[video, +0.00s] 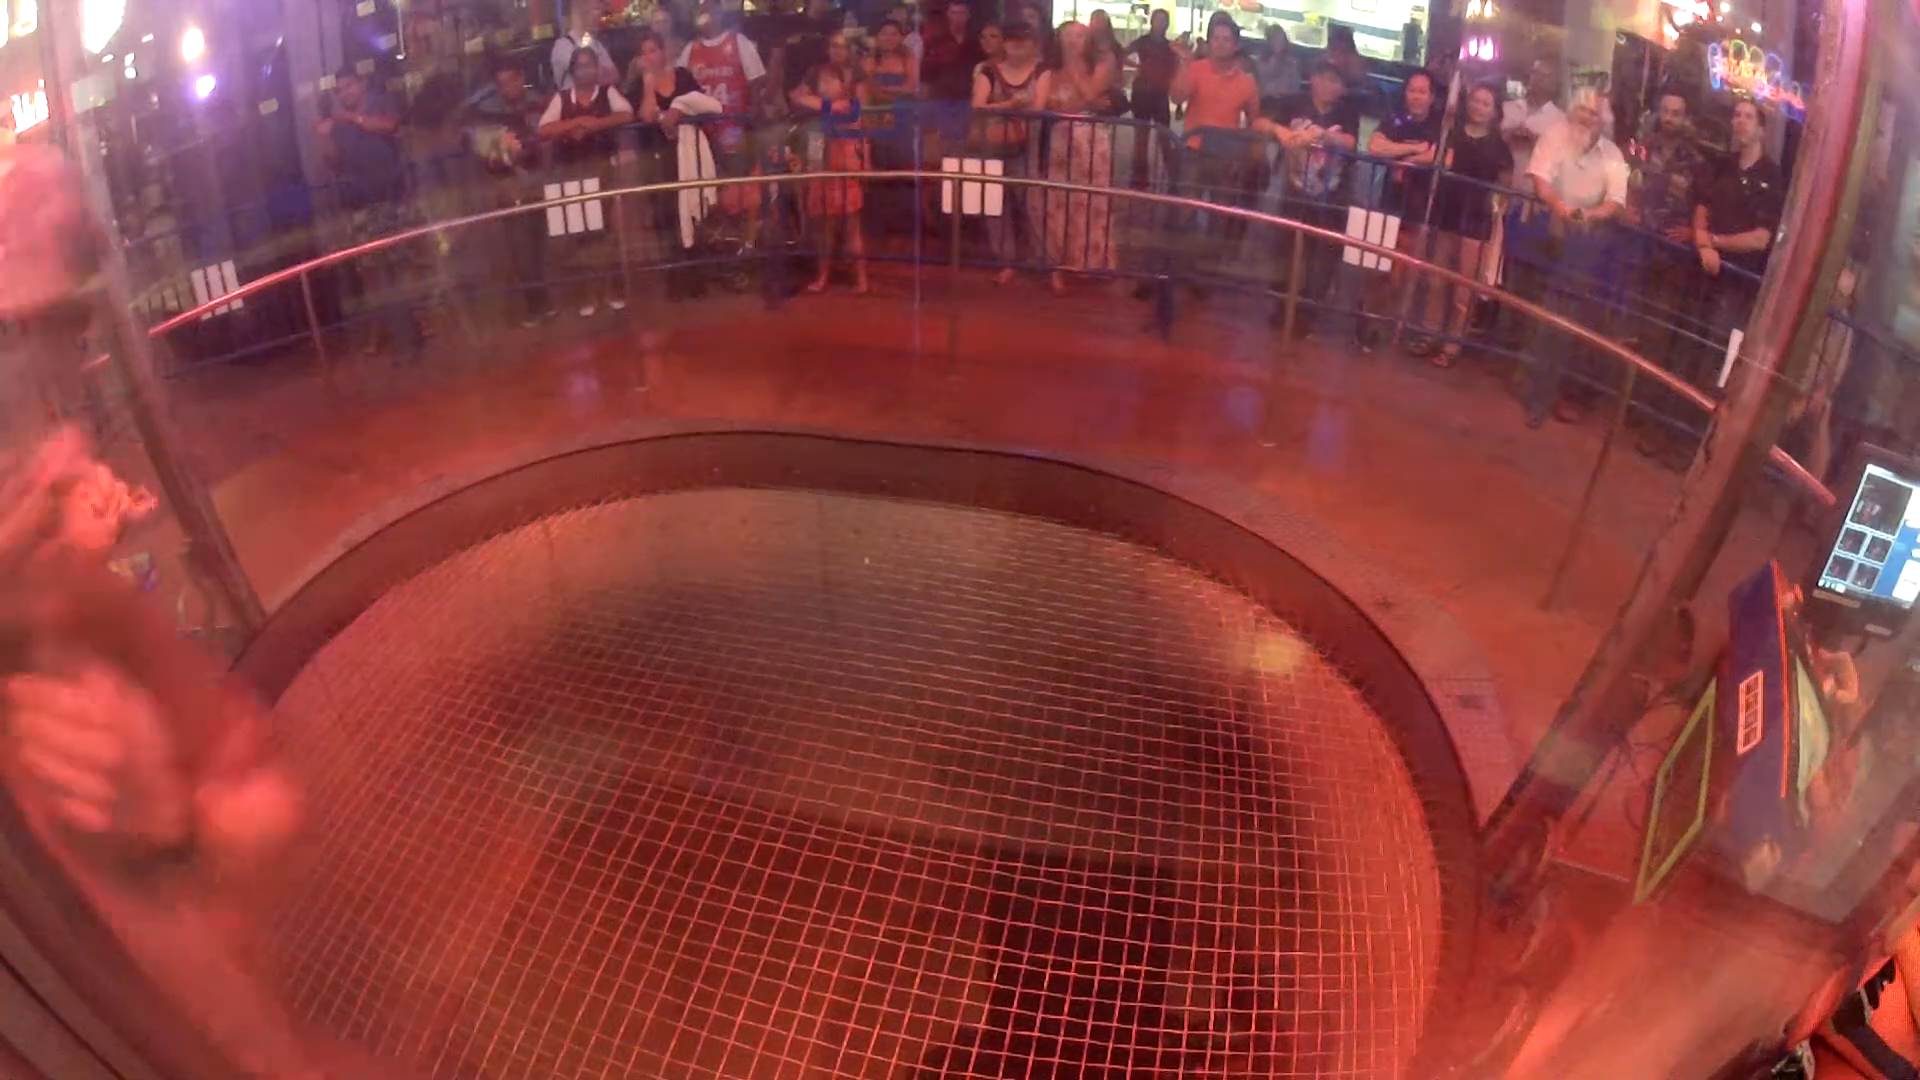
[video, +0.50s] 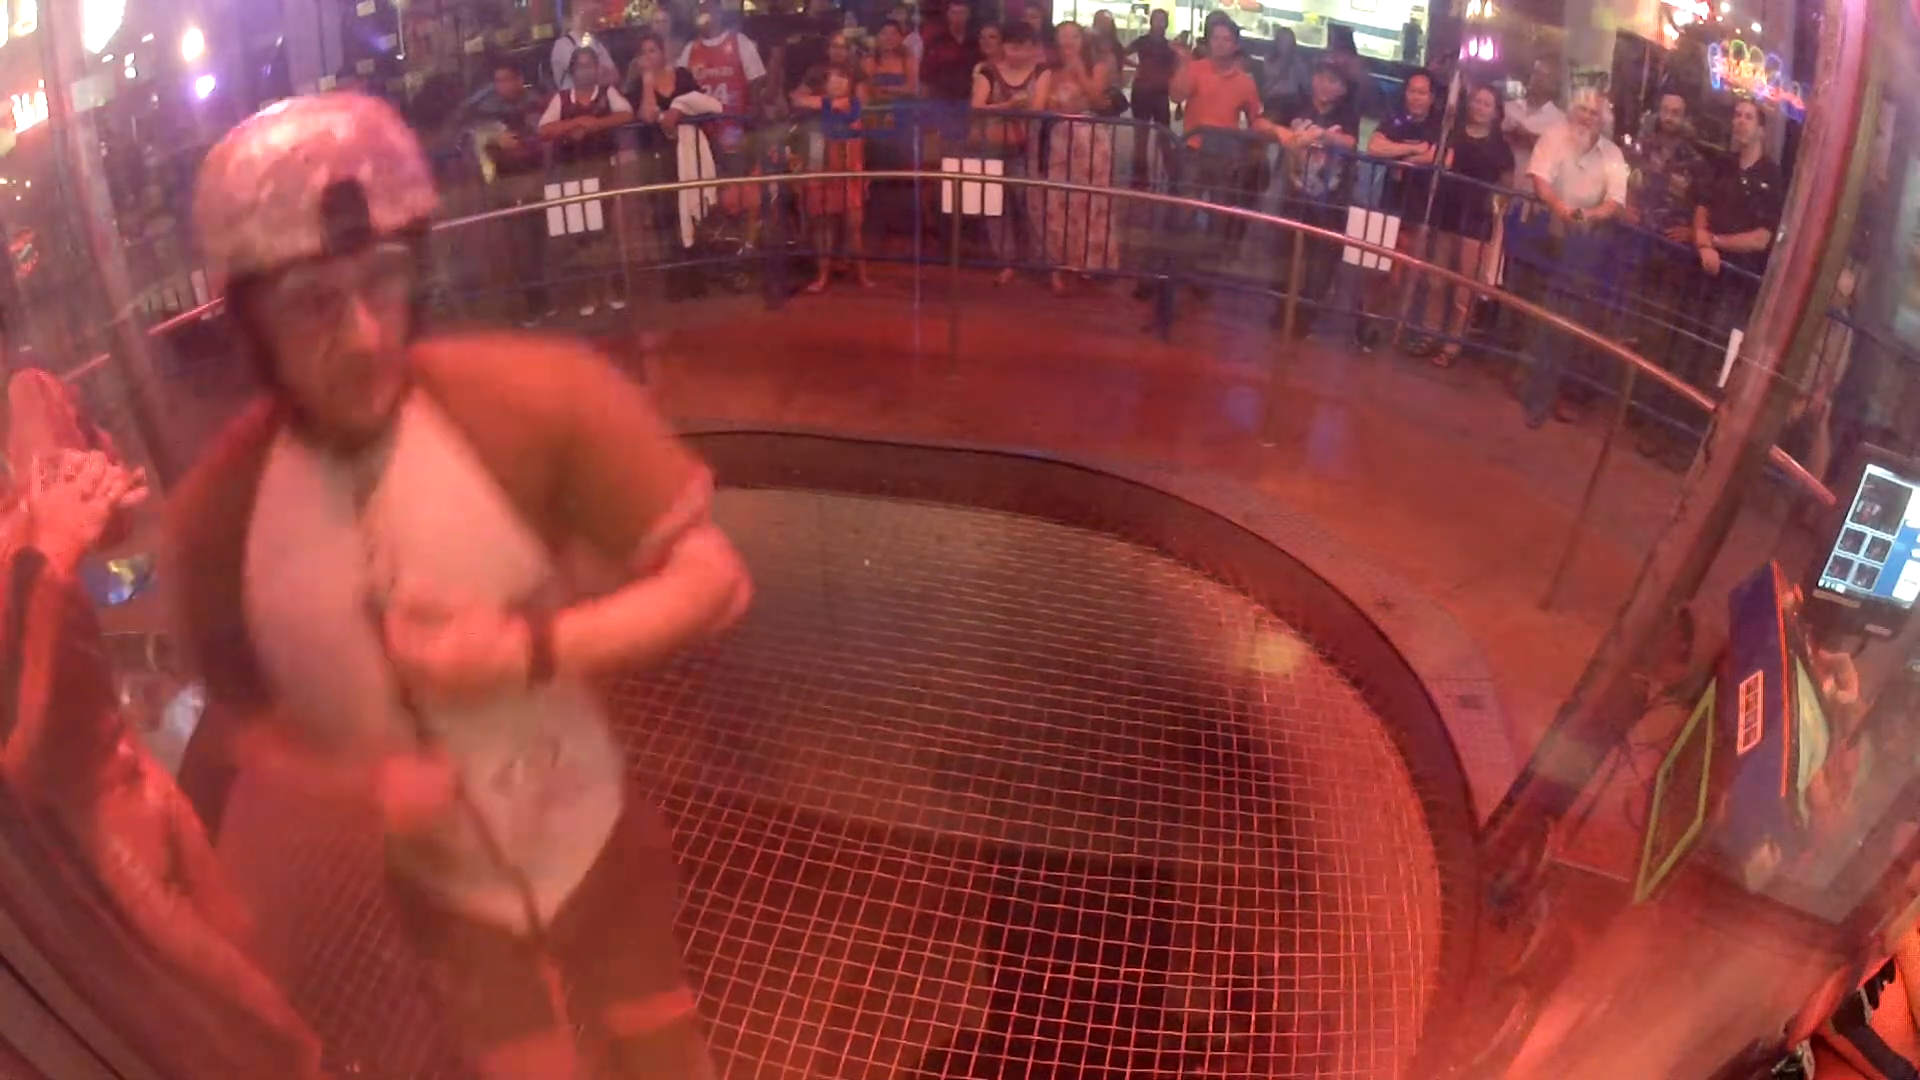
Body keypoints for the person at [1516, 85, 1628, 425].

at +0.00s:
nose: (1586, 119)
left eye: (1594, 115)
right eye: (1582, 111)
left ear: (1603, 120)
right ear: (1571, 111)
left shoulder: (1612, 154)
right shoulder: (1556, 135)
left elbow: (1616, 201)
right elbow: (1539, 179)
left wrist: (1591, 215)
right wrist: (1560, 208)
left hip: (1588, 230)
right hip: (1550, 222)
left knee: (1574, 303)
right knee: (1542, 298)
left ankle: (1558, 388)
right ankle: (1532, 382)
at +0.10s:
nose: (1585, 120)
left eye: (1593, 116)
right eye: (1581, 112)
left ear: (1603, 121)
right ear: (1570, 112)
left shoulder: (1612, 154)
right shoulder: (1556, 135)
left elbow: (1616, 201)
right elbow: (1539, 179)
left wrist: (1591, 215)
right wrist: (1560, 208)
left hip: (1588, 230)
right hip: (1549, 222)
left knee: (1573, 302)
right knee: (1542, 298)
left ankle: (1556, 387)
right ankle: (1533, 382)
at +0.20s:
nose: (1585, 119)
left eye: (1592, 115)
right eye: (1581, 111)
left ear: (1603, 121)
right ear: (1571, 111)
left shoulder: (1612, 154)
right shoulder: (1555, 136)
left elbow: (1616, 201)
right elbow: (1539, 179)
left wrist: (1591, 215)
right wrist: (1560, 208)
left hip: (1588, 230)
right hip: (1550, 222)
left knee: (1573, 302)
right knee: (1542, 298)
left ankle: (1556, 388)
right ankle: (1533, 383)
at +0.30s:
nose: (1585, 119)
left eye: (1592, 115)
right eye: (1581, 111)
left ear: (1603, 121)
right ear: (1571, 112)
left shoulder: (1612, 154)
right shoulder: (1555, 135)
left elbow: (1616, 201)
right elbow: (1539, 179)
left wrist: (1591, 215)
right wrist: (1561, 208)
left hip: (1588, 229)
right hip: (1550, 221)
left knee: (1572, 302)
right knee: (1541, 298)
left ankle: (1554, 387)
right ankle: (1534, 383)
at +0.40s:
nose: (1585, 118)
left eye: (1593, 114)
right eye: (1581, 111)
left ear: (1603, 121)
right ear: (1571, 111)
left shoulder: (1612, 154)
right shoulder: (1555, 136)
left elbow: (1616, 200)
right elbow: (1539, 179)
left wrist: (1591, 215)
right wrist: (1560, 208)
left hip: (1588, 230)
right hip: (1550, 222)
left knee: (1573, 302)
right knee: (1541, 298)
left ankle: (1555, 387)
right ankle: (1533, 382)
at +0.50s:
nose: (1586, 117)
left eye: (1593, 113)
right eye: (1582, 109)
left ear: (1603, 119)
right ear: (1571, 110)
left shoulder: (1612, 153)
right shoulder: (1555, 136)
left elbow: (1616, 200)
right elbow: (1539, 178)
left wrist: (1591, 215)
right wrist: (1561, 209)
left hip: (1588, 229)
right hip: (1550, 221)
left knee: (1572, 303)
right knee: (1541, 298)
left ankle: (1551, 388)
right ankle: (1532, 382)